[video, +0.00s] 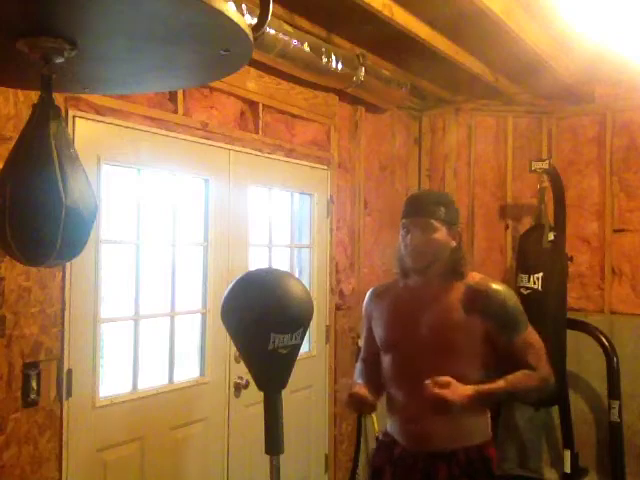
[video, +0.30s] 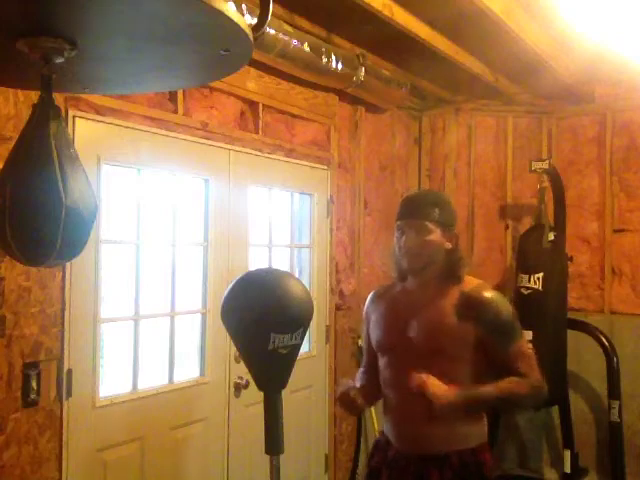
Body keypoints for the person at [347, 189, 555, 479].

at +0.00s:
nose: (413, 241)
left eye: (428, 230)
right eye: (407, 231)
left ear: (453, 238)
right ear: (400, 237)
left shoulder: (489, 298)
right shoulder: (379, 300)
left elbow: (541, 376)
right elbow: (368, 365)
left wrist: (470, 393)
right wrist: (363, 393)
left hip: (465, 461)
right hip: (398, 459)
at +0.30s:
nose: (407, 242)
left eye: (421, 231)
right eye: (402, 232)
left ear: (449, 240)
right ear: (394, 240)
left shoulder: (483, 304)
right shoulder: (378, 303)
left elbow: (533, 385)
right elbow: (370, 371)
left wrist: (455, 396)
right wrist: (358, 395)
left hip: (459, 463)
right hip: (393, 461)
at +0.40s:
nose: (403, 239)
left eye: (417, 229)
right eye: (397, 229)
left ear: (443, 235)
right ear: (390, 237)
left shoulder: (467, 292)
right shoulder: (383, 300)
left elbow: (516, 365)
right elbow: (388, 370)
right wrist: (367, 396)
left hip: (460, 460)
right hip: (400, 459)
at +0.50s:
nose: (398, 239)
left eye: (411, 228)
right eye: (392, 228)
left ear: (438, 235)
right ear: (385, 237)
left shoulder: (464, 290)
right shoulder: (389, 302)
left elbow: (442, 330)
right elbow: (406, 379)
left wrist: (352, 322)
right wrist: (371, 410)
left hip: (463, 457)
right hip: (407, 453)